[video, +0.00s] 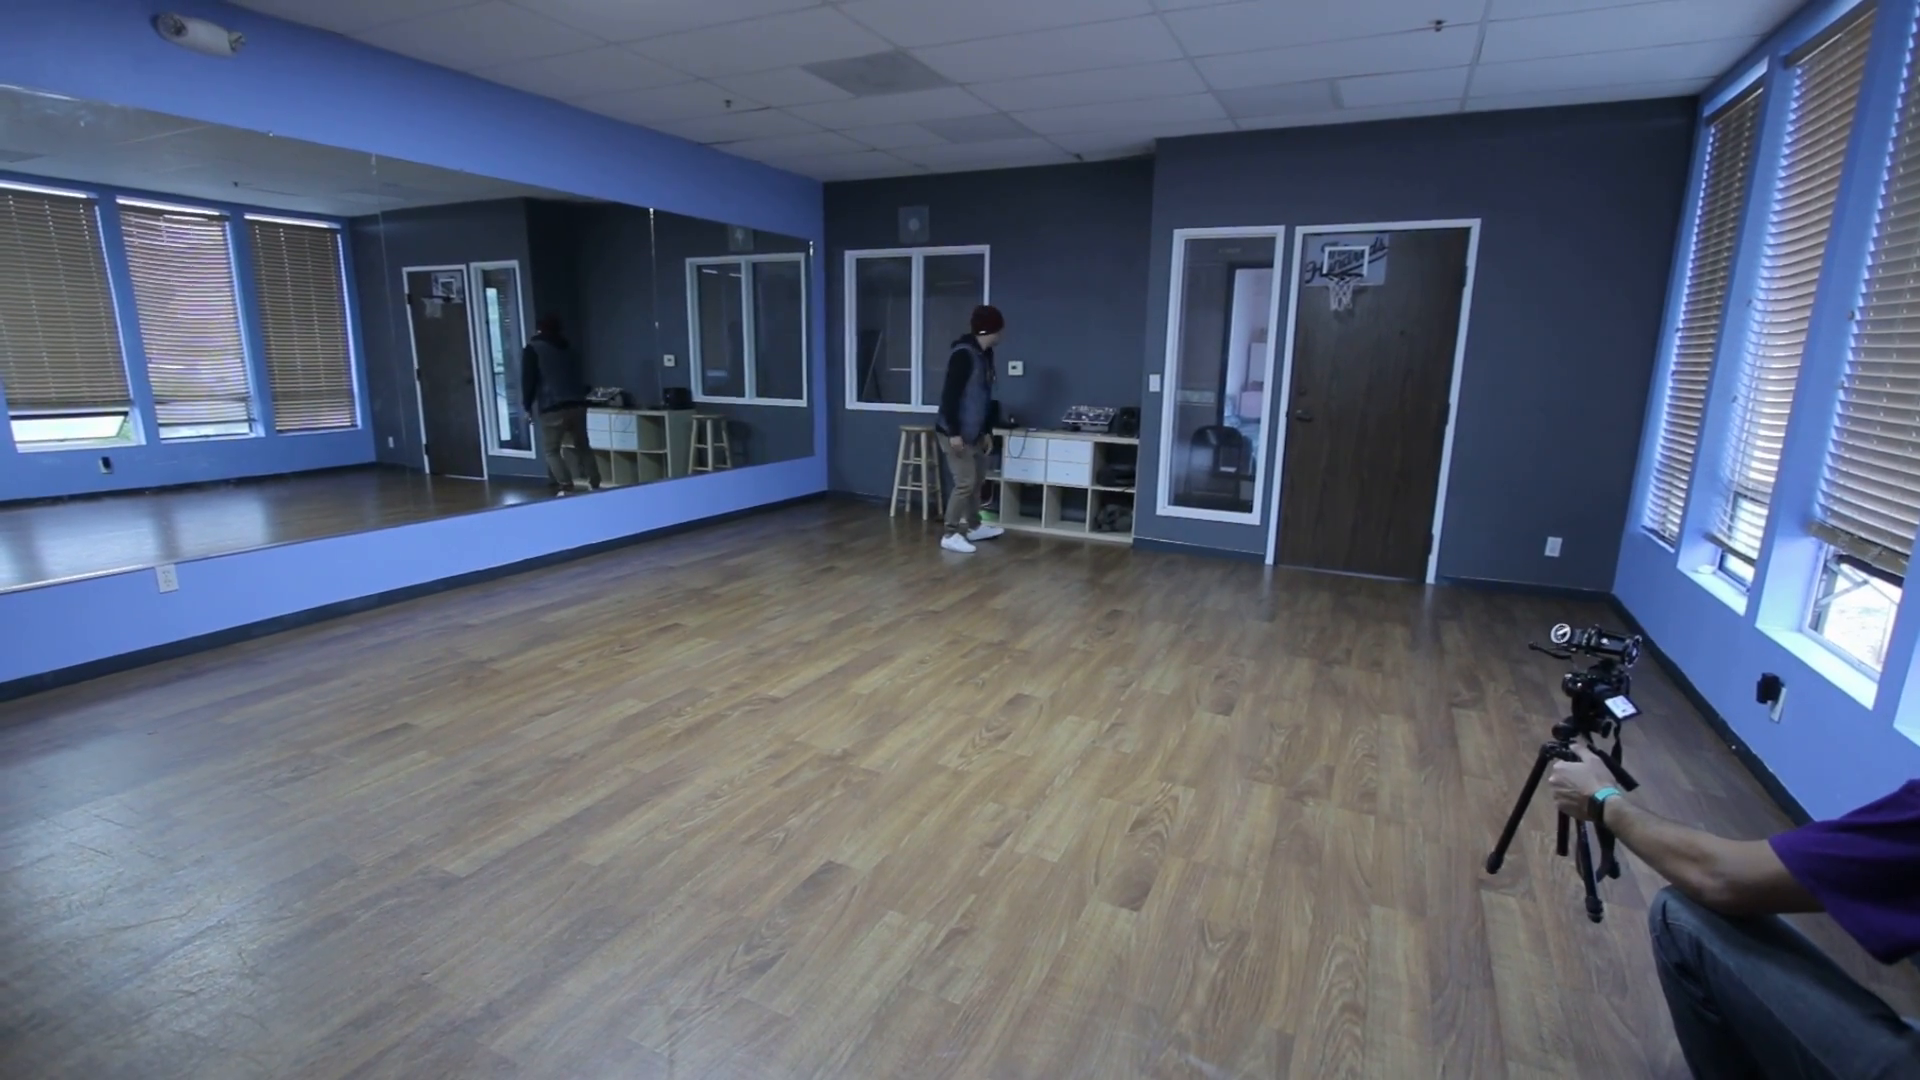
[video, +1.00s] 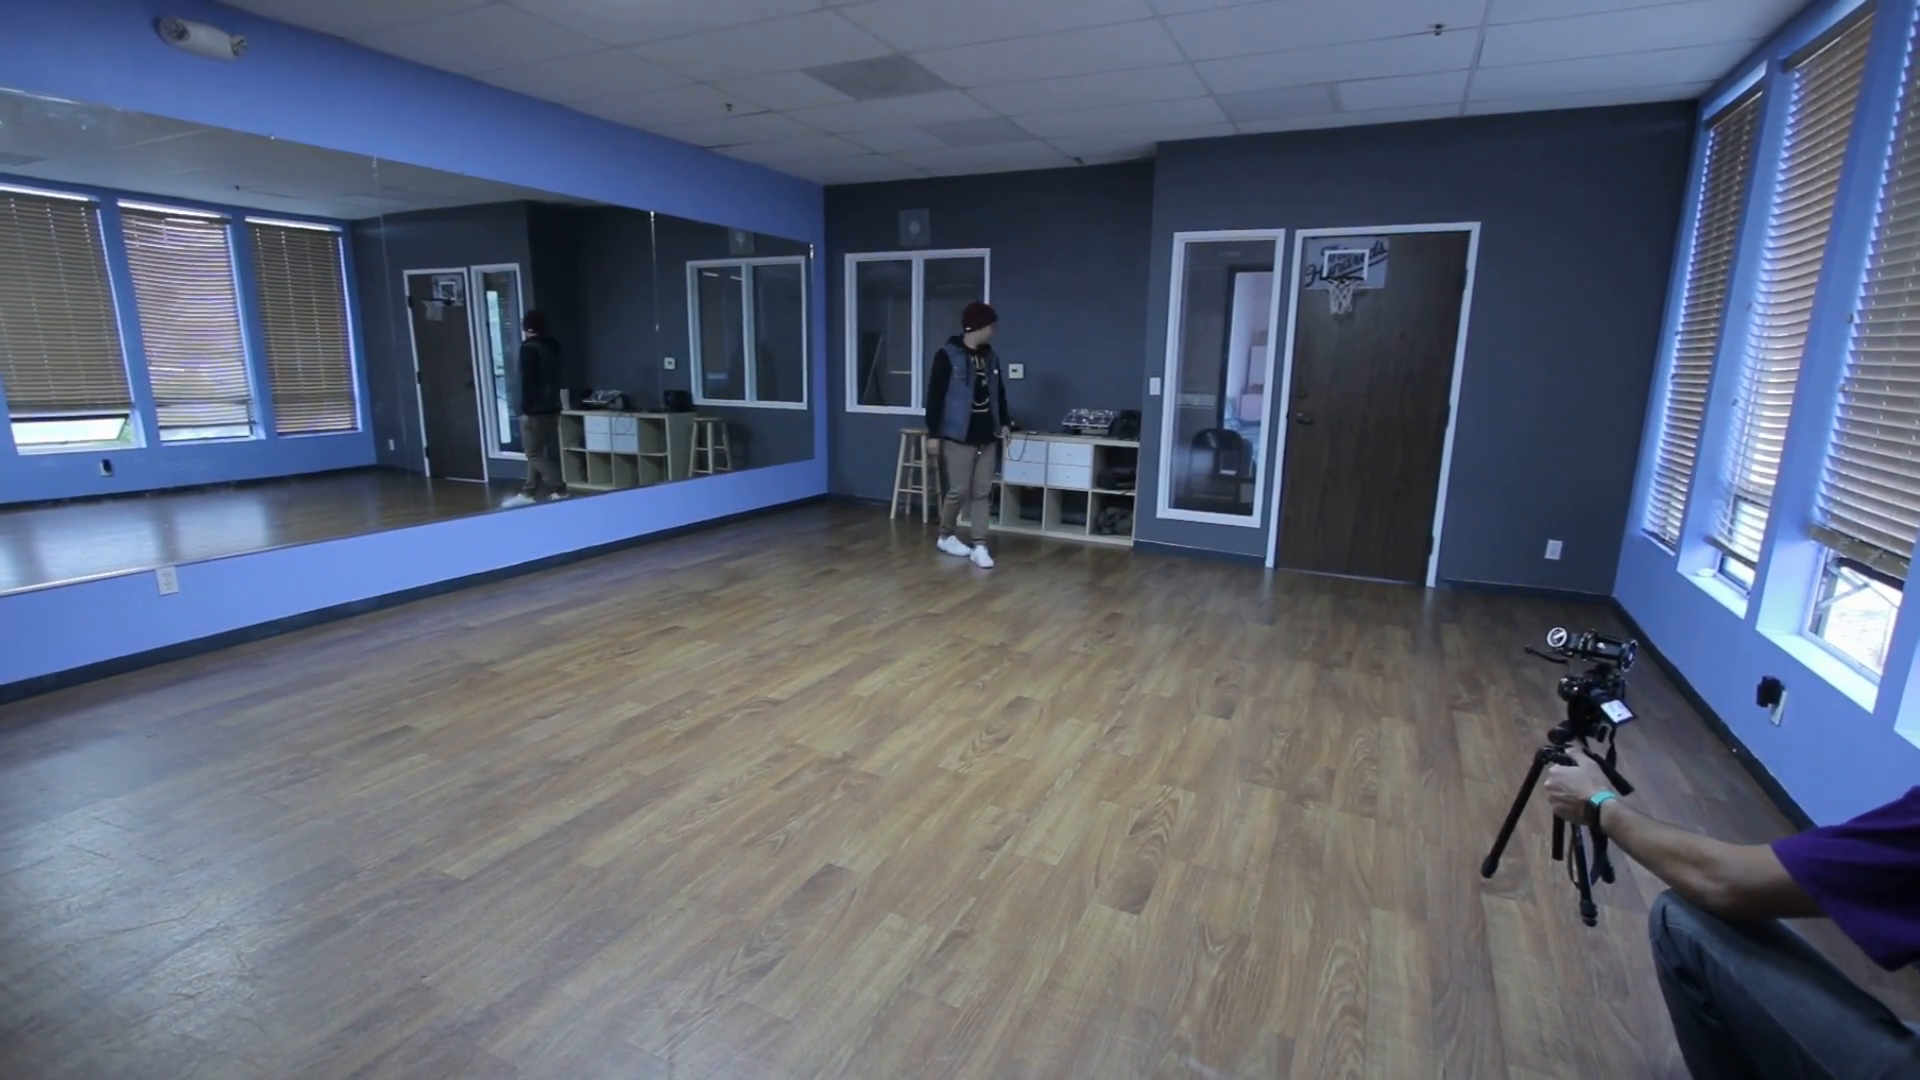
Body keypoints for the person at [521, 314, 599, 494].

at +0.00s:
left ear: (538, 328)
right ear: (558, 327)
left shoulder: (533, 348)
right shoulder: (567, 344)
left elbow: (529, 380)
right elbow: (576, 373)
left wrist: (528, 406)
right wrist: (577, 396)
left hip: (551, 404)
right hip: (576, 401)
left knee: (551, 450)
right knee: (582, 445)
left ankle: (566, 486)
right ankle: (595, 482)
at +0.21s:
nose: (529, 332)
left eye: (529, 329)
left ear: (530, 329)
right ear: (548, 326)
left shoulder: (529, 352)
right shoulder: (559, 345)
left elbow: (528, 384)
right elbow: (569, 375)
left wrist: (526, 411)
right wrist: (573, 399)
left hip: (548, 408)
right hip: (571, 404)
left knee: (549, 452)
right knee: (574, 447)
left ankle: (564, 488)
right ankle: (585, 484)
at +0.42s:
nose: (521, 328)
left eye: (522, 323)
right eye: (521, 324)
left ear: (529, 323)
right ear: (541, 321)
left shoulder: (532, 344)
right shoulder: (554, 337)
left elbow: (531, 377)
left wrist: (528, 406)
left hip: (547, 402)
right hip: (563, 397)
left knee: (553, 446)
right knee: (556, 445)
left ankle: (563, 484)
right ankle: (560, 480)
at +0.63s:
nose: (520, 327)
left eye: (521, 323)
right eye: (520, 323)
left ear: (530, 323)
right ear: (537, 322)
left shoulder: (535, 345)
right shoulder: (550, 340)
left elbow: (534, 378)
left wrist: (527, 404)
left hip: (547, 405)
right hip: (555, 403)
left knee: (553, 447)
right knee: (540, 446)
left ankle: (567, 485)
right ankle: (535, 485)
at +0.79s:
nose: (518, 332)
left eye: (520, 328)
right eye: (518, 328)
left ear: (526, 328)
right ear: (537, 327)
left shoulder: (534, 350)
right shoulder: (547, 345)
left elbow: (534, 382)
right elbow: (544, 381)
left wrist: (525, 408)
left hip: (539, 409)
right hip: (547, 407)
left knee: (535, 452)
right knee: (537, 452)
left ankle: (562, 487)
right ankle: (530, 490)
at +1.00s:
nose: (523, 330)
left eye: (524, 327)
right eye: (525, 327)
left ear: (526, 328)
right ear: (543, 327)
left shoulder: (528, 348)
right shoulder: (552, 345)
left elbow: (527, 380)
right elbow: (554, 377)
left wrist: (525, 408)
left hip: (534, 409)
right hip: (551, 408)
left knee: (534, 454)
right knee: (537, 451)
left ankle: (558, 488)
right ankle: (530, 489)